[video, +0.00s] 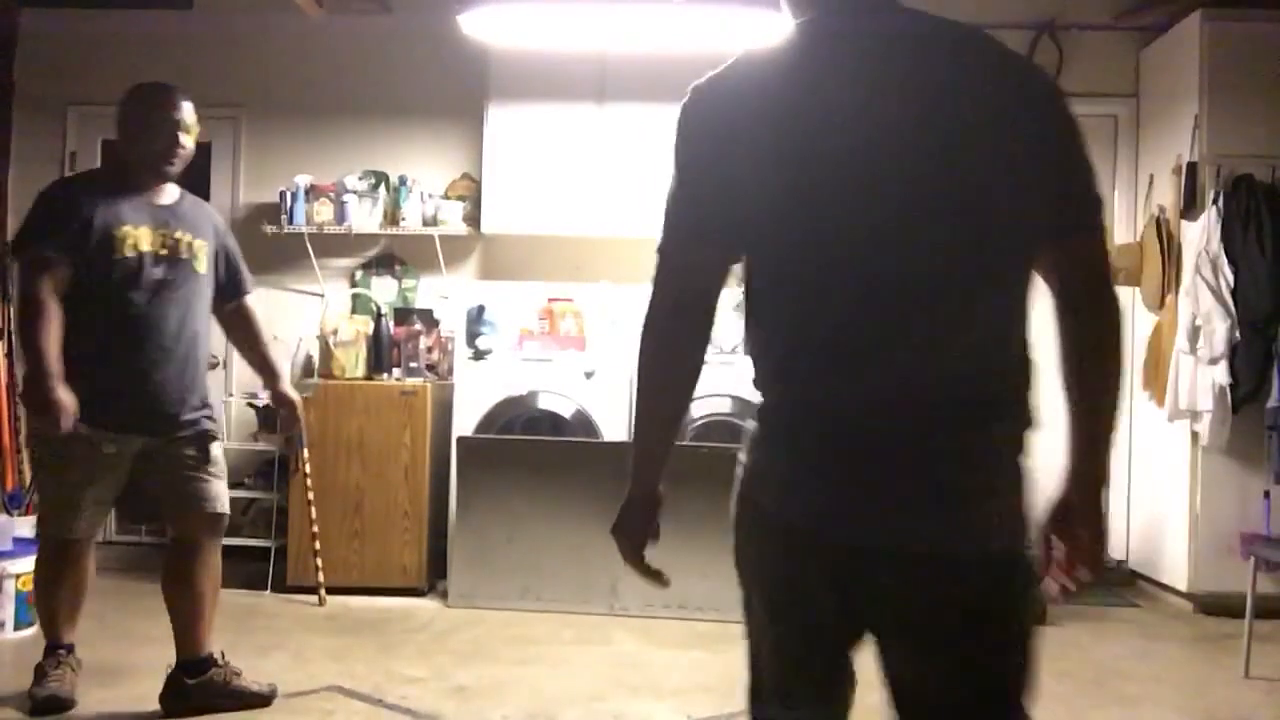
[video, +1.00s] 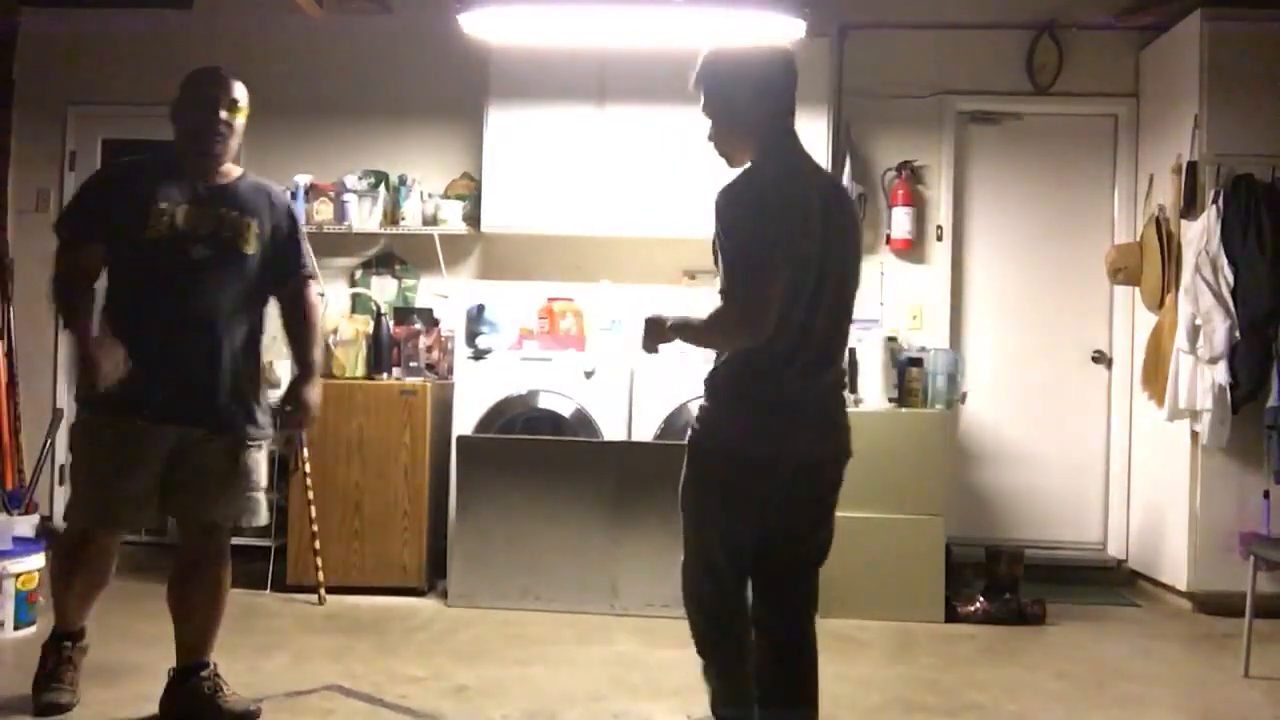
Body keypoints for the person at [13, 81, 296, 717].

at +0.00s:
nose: (183, 143)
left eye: (191, 133)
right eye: (170, 128)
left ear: (197, 143)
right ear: (128, 129)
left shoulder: (204, 219)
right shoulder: (72, 200)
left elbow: (235, 307)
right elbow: (41, 288)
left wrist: (277, 381)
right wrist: (47, 378)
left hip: (185, 412)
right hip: (87, 410)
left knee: (203, 522)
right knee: (68, 536)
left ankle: (196, 669)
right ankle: (58, 657)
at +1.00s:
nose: (220, 119)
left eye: (232, 111)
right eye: (207, 107)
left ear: (246, 124)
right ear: (178, 114)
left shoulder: (270, 207)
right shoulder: (126, 181)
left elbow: (302, 294)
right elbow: (75, 266)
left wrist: (311, 375)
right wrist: (88, 344)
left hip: (226, 407)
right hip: (127, 394)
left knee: (210, 543)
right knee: (91, 529)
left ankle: (193, 679)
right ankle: (66, 645)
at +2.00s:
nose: (424, 146)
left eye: (428, 133)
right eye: (419, 129)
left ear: (364, 117)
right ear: (379, 116)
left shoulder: (316, 169)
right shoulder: (355, 181)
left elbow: (324, 290)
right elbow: (357, 288)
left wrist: (396, 325)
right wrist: (449, 297)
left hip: (267, 384)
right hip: (315, 395)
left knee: (282, 526)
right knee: (336, 544)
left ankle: (209, 660)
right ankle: (319, 704)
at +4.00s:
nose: (498, 148)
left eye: (499, 134)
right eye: (492, 133)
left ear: (430, 126)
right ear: (462, 128)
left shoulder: (382, 187)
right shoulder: (459, 192)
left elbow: (433, 252)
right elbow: (517, 273)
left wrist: (500, 224)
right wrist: (581, 277)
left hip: (354, 401)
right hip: (433, 404)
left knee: (348, 555)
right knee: (494, 555)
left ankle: (302, 699)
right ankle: (527, 705)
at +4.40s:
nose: (575, 166)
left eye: (575, 152)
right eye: (572, 151)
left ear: (508, 144)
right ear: (549, 150)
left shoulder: (439, 197)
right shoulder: (544, 218)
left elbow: (417, 305)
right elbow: (576, 325)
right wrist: (614, 402)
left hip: (395, 404)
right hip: (486, 409)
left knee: (399, 555)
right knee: (552, 557)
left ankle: (332, 692)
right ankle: (552, 712)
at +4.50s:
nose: (552, 162)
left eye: (552, 149)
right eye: (546, 148)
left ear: (487, 139)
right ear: (521, 146)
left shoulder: (422, 198)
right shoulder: (517, 212)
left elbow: (414, 305)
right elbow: (538, 321)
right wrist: (575, 378)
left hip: (385, 408)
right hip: (475, 412)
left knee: (389, 562)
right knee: (538, 559)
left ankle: (315, 694)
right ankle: (550, 712)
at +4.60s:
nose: (519, 159)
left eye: (520, 145)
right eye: (514, 144)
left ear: (452, 140)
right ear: (488, 142)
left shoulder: (398, 198)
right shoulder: (480, 207)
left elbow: (433, 287)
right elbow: (507, 312)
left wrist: (517, 252)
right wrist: (558, 339)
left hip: (367, 408)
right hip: (447, 414)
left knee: (375, 560)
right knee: (509, 566)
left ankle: (311, 698)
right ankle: (545, 713)